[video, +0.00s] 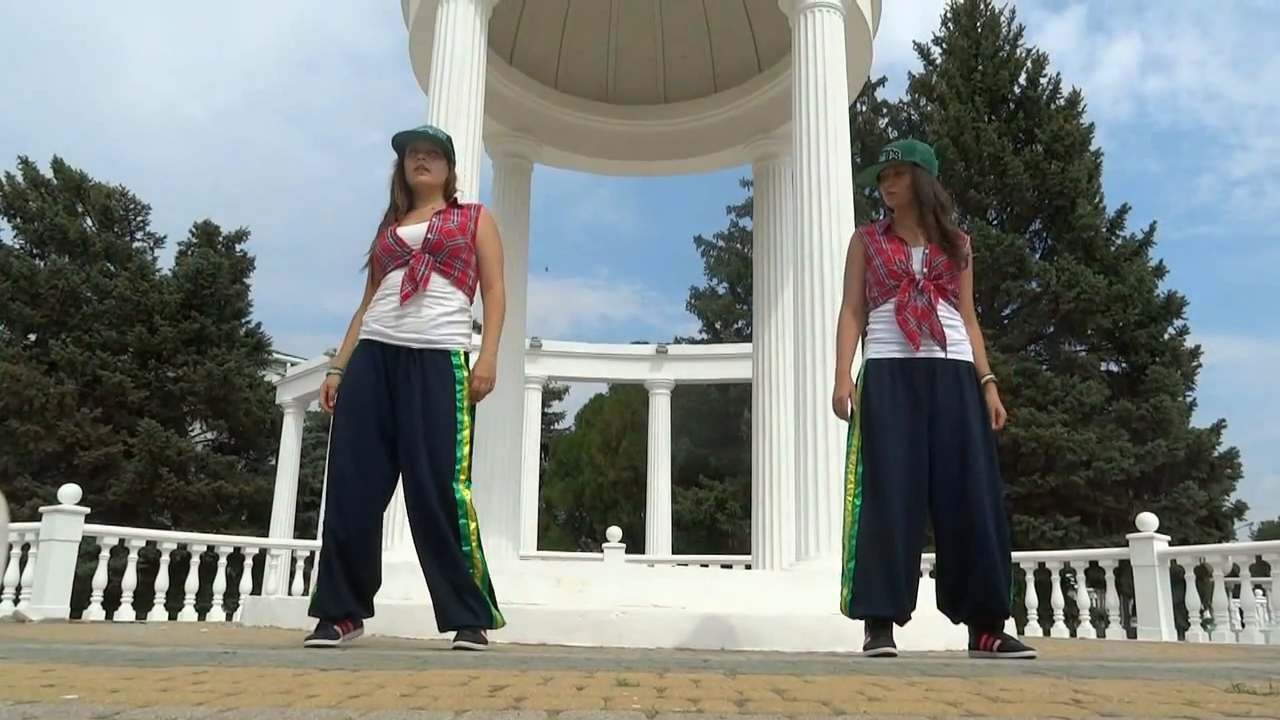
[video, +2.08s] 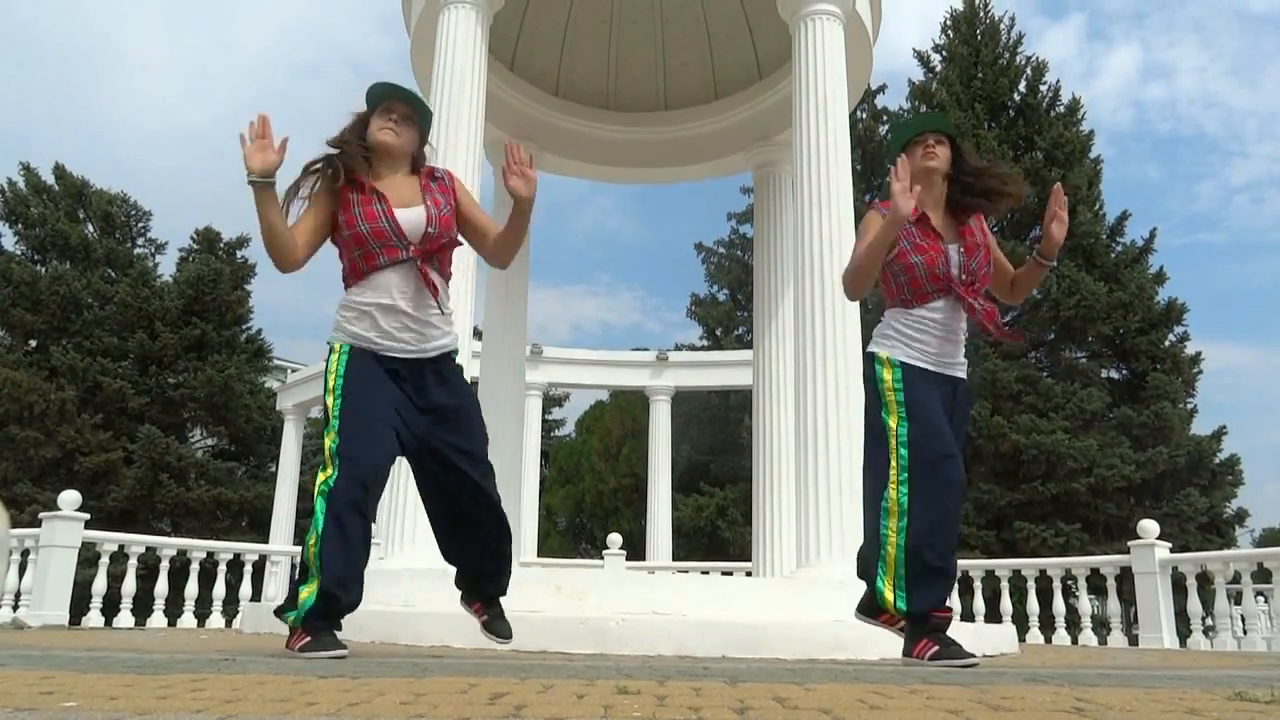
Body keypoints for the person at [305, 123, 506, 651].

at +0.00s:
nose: (421, 160)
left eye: (431, 154)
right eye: (413, 154)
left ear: (449, 167)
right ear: (401, 167)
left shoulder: (473, 218)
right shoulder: (388, 231)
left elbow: (493, 290)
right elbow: (369, 304)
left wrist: (489, 357)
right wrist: (338, 366)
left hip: (438, 363)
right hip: (372, 361)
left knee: (438, 491)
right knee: (352, 488)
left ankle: (468, 621)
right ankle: (342, 614)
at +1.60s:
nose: (437, 167)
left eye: (447, 161)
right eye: (429, 160)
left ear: (466, 175)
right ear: (415, 172)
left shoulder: (491, 225)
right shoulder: (397, 231)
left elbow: (509, 297)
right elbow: (377, 288)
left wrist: (487, 348)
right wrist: (365, 321)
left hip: (458, 375)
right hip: (394, 372)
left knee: (451, 500)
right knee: (368, 495)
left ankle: (461, 629)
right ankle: (348, 621)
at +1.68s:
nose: (437, 177)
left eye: (447, 171)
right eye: (428, 171)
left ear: (468, 184)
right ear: (415, 184)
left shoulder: (492, 235)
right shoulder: (394, 236)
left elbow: (489, 303)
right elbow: (374, 292)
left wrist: (421, 303)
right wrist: (410, 270)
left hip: (467, 379)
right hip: (402, 377)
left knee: (456, 503)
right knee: (360, 478)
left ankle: (462, 631)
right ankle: (353, 587)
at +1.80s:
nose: (426, 157)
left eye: (438, 151)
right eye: (419, 149)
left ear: (459, 166)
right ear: (406, 162)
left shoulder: (484, 208)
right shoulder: (388, 214)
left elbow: (447, 251)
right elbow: (392, 247)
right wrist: (464, 205)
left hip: (466, 365)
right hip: (398, 360)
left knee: (467, 497)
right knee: (355, 469)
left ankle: (467, 628)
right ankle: (365, 554)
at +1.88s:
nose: (412, 131)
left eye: (425, 125)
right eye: (405, 122)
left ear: (444, 138)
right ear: (390, 132)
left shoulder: (469, 170)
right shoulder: (374, 178)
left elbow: (458, 224)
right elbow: (378, 221)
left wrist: (415, 179)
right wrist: (440, 172)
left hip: (463, 341)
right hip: (394, 335)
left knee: (470, 472)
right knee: (369, 452)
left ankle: (474, 610)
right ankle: (339, 583)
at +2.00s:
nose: (401, 115)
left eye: (414, 110)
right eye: (390, 106)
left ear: (427, 124)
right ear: (370, 117)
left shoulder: (454, 164)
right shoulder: (354, 167)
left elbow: (500, 231)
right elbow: (320, 226)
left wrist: (490, 179)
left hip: (452, 339)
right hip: (380, 335)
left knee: (474, 465)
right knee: (359, 464)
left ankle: (483, 588)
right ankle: (315, 608)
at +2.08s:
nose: (393, 122)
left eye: (406, 118)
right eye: (383, 114)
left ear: (422, 137)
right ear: (364, 129)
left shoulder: (443, 185)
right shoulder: (341, 186)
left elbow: (499, 252)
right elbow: (288, 256)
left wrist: (523, 206)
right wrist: (263, 183)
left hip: (435, 360)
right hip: (364, 355)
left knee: (469, 482)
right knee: (352, 477)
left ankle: (482, 590)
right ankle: (316, 621)